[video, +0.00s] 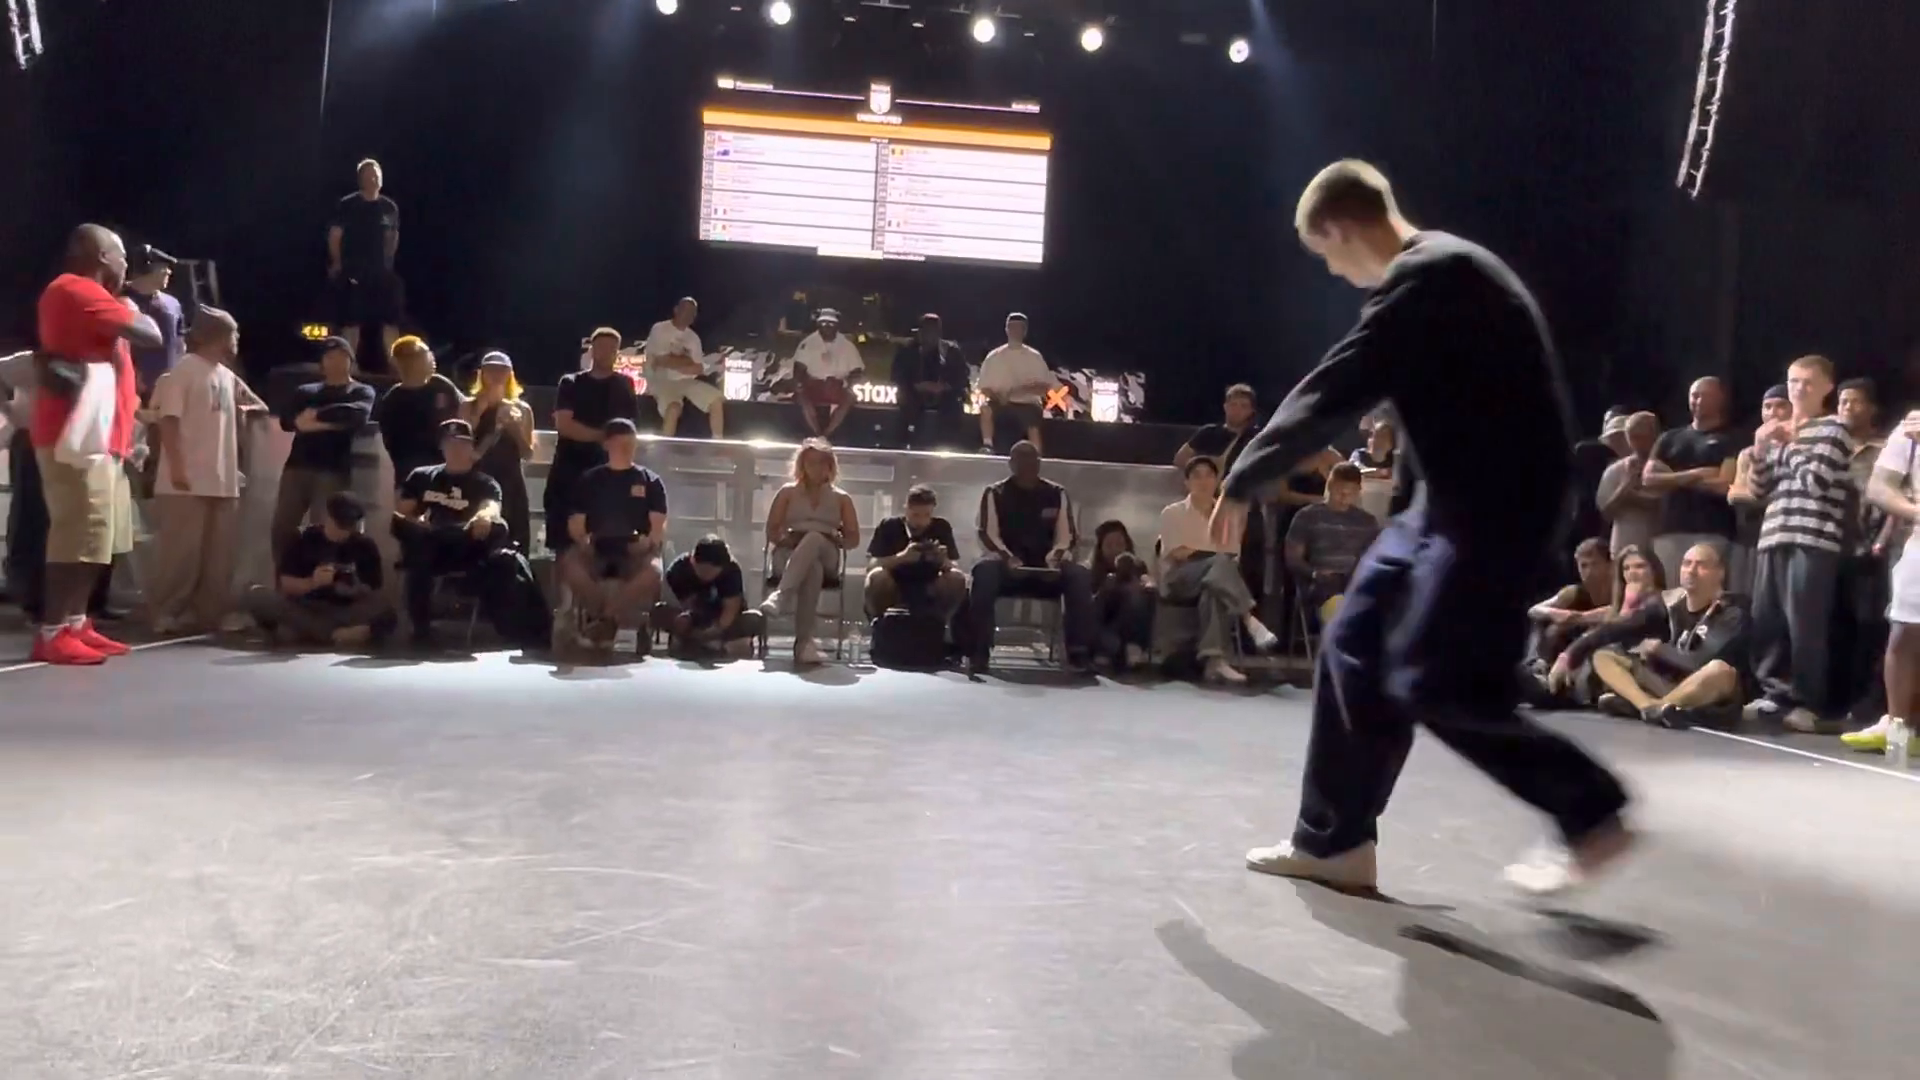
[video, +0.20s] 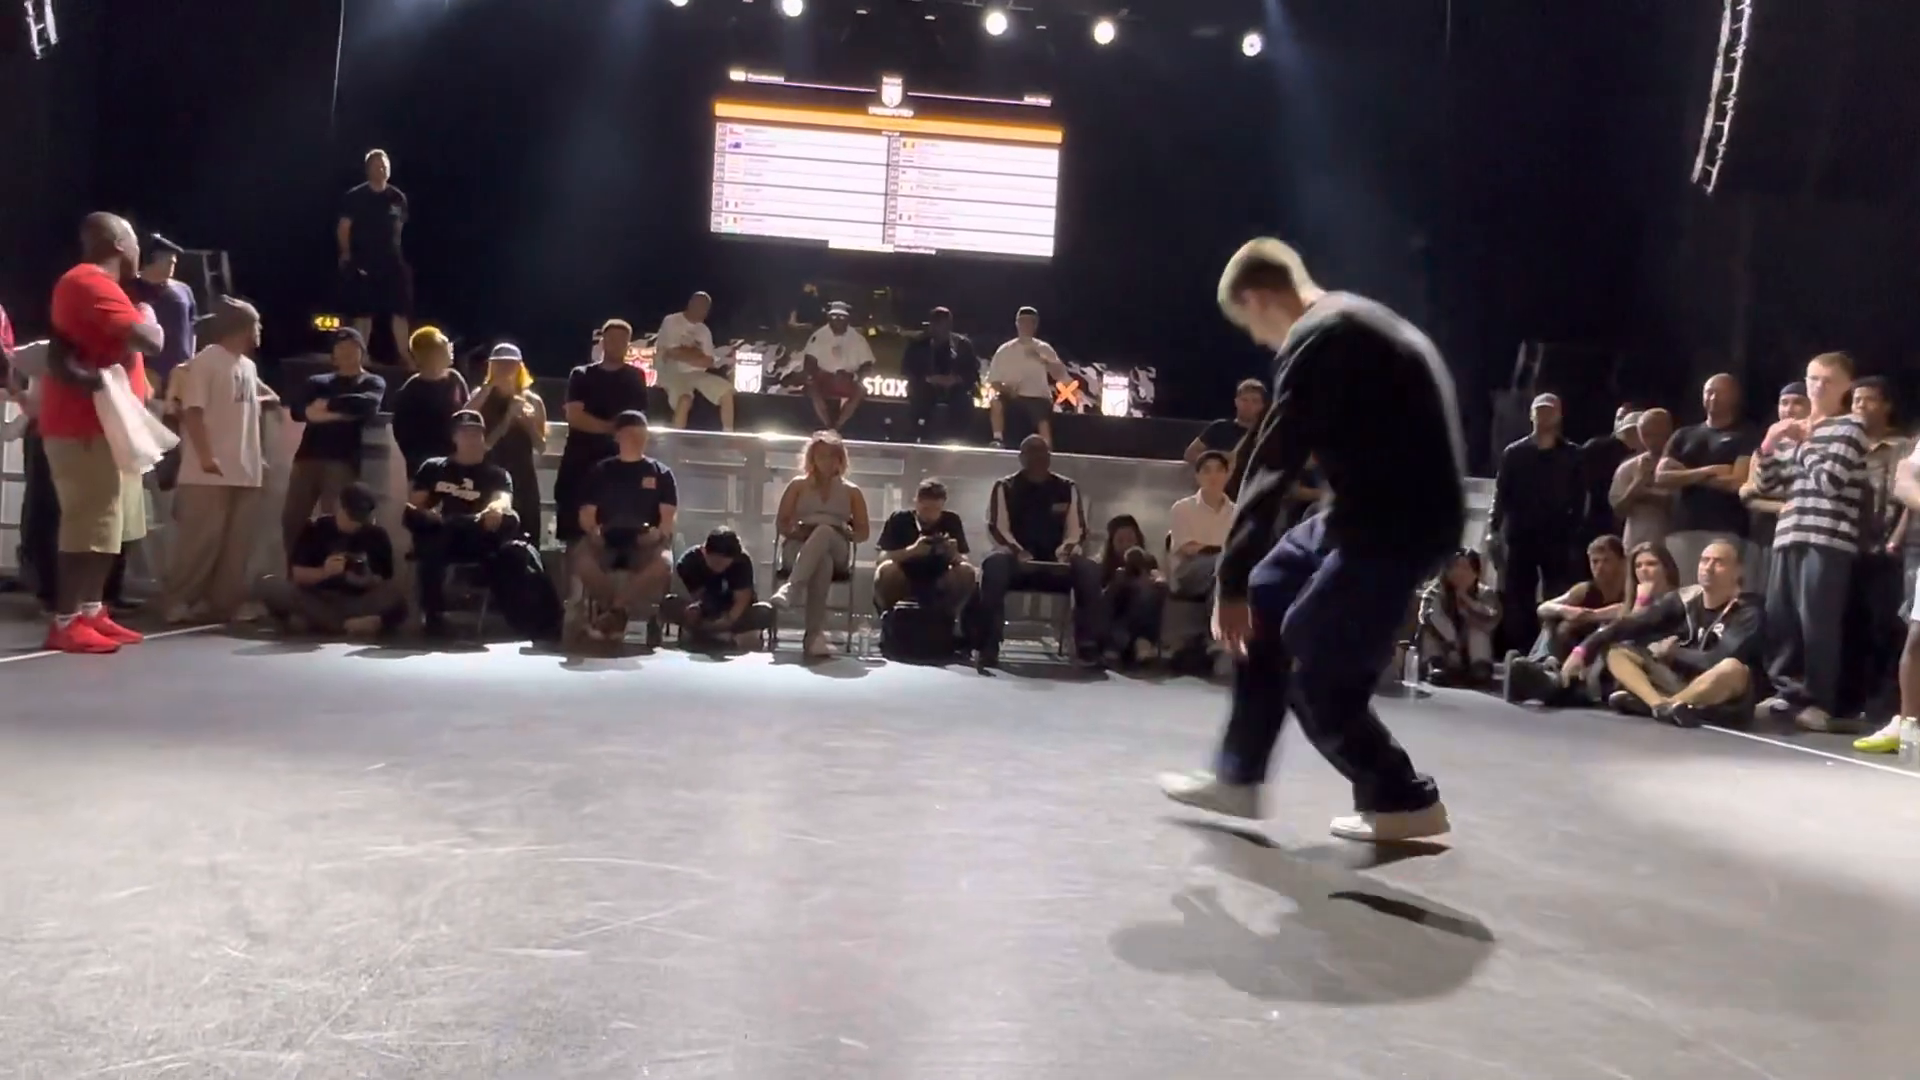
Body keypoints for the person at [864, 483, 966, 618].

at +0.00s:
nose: (921, 521)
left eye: (926, 515)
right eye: (916, 515)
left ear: (932, 512)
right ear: (906, 509)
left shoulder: (941, 527)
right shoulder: (889, 526)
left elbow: (954, 565)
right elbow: (871, 565)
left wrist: (942, 560)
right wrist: (902, 557)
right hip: (895, 588)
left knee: (956, 578)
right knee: (877, 577)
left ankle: (937, 631)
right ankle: (881, 631)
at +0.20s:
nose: (930, 513)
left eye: (935, 508)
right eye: (925, 507)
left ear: (942, 506)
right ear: (916, 502)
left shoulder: (951, 521)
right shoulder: (899, 520)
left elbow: (964, 560)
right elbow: (881, 558)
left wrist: (953, 554)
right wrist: (912, 551)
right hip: (905, 582)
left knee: (966, 572)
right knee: (887, 571)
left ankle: (946, 623)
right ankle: (892, 624)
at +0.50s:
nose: (943, 506)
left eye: (948, 501)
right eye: (938, 501)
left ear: (955, 498)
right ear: (928, 495)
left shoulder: (964, 512)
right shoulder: (911, 512)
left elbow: (976, 552)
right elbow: (894, 549)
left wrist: (965, 545)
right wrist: (925, 543)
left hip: (953, 571)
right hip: (918, 571)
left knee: (979, 564)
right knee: (899, 562)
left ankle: (960, 615)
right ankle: (907, 615)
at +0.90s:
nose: (951, 502)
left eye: (956, 496)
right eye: (946, 496)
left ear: (963, 492)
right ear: (936, 490)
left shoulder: (972, 508)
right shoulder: (920, 506)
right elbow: (902, 544)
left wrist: (968, 534)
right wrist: (933, 537)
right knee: (907, 556)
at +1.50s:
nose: (958, 498)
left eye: (964, 492)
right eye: (954, 492)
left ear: (972, 489)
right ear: (944, 487)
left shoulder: (978, 508)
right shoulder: (929, 502)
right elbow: (911, 539)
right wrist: (940, 533)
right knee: (916, 551)